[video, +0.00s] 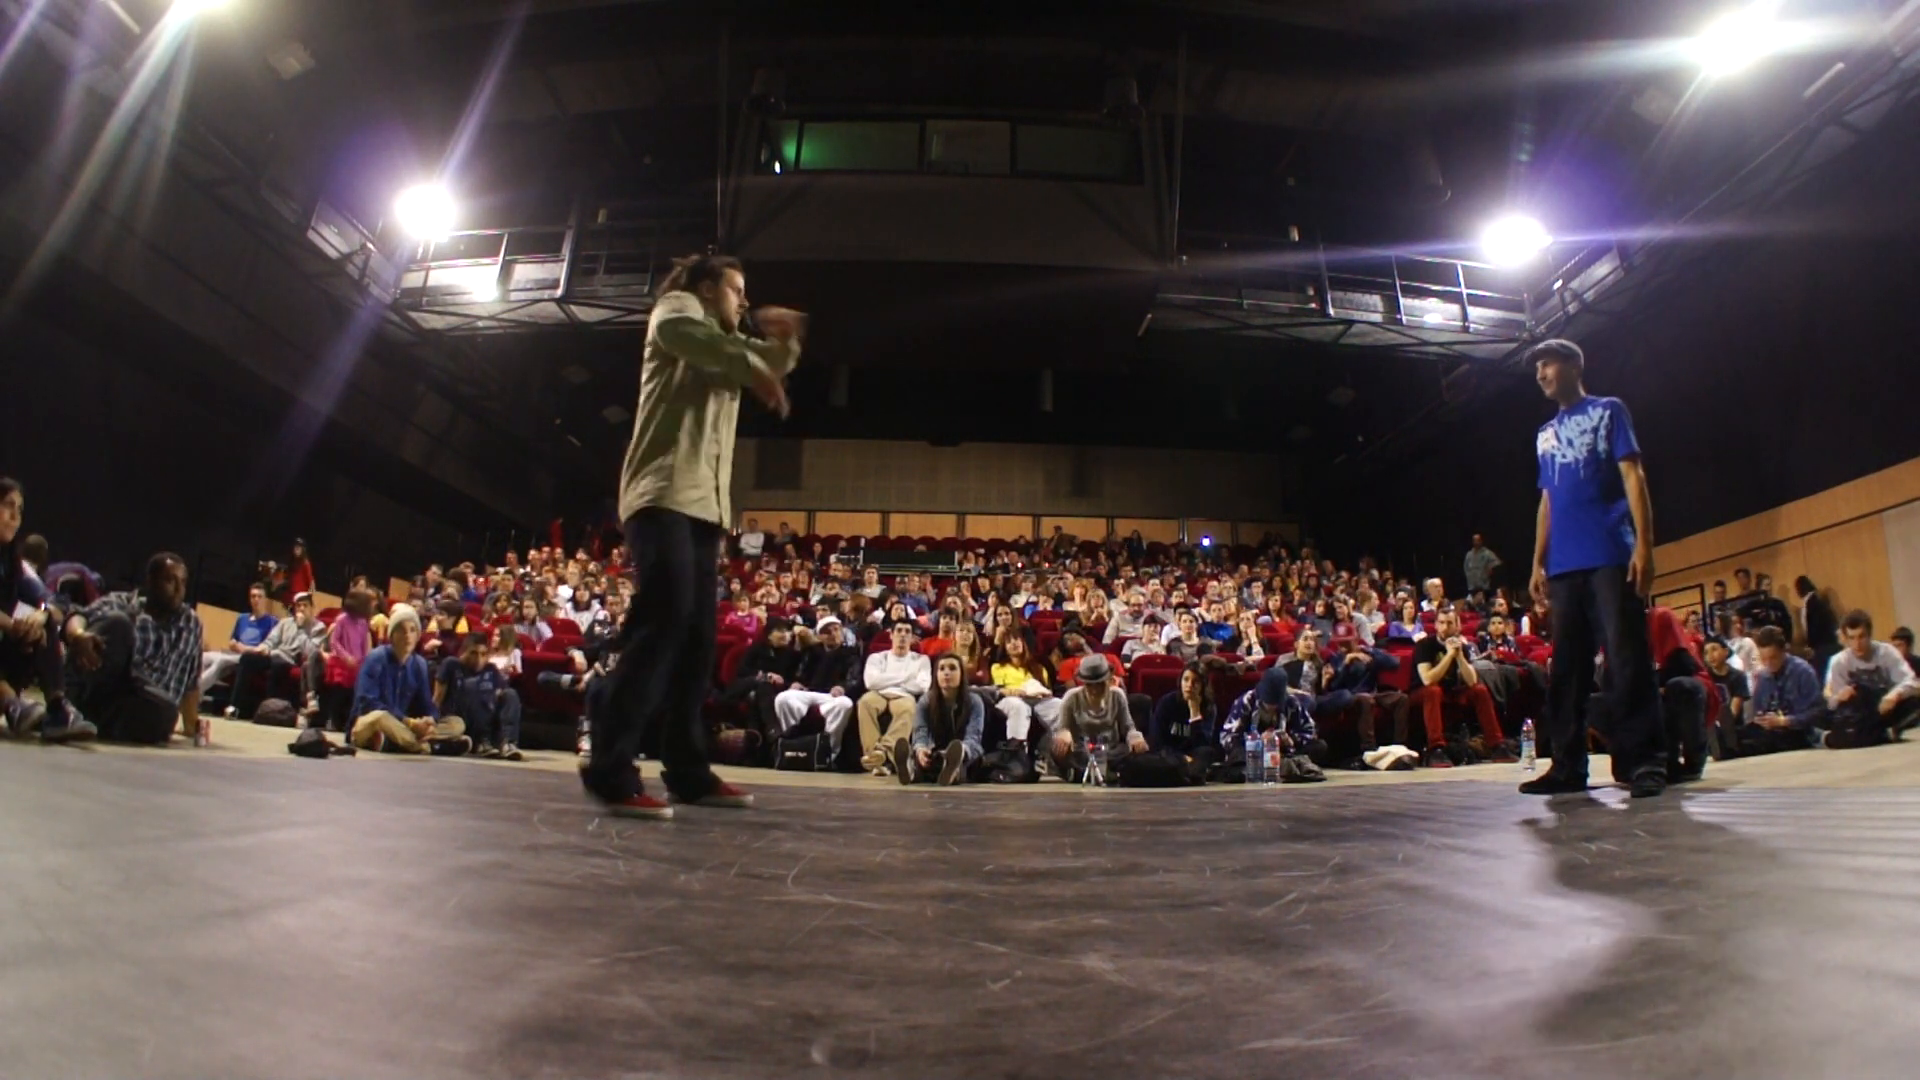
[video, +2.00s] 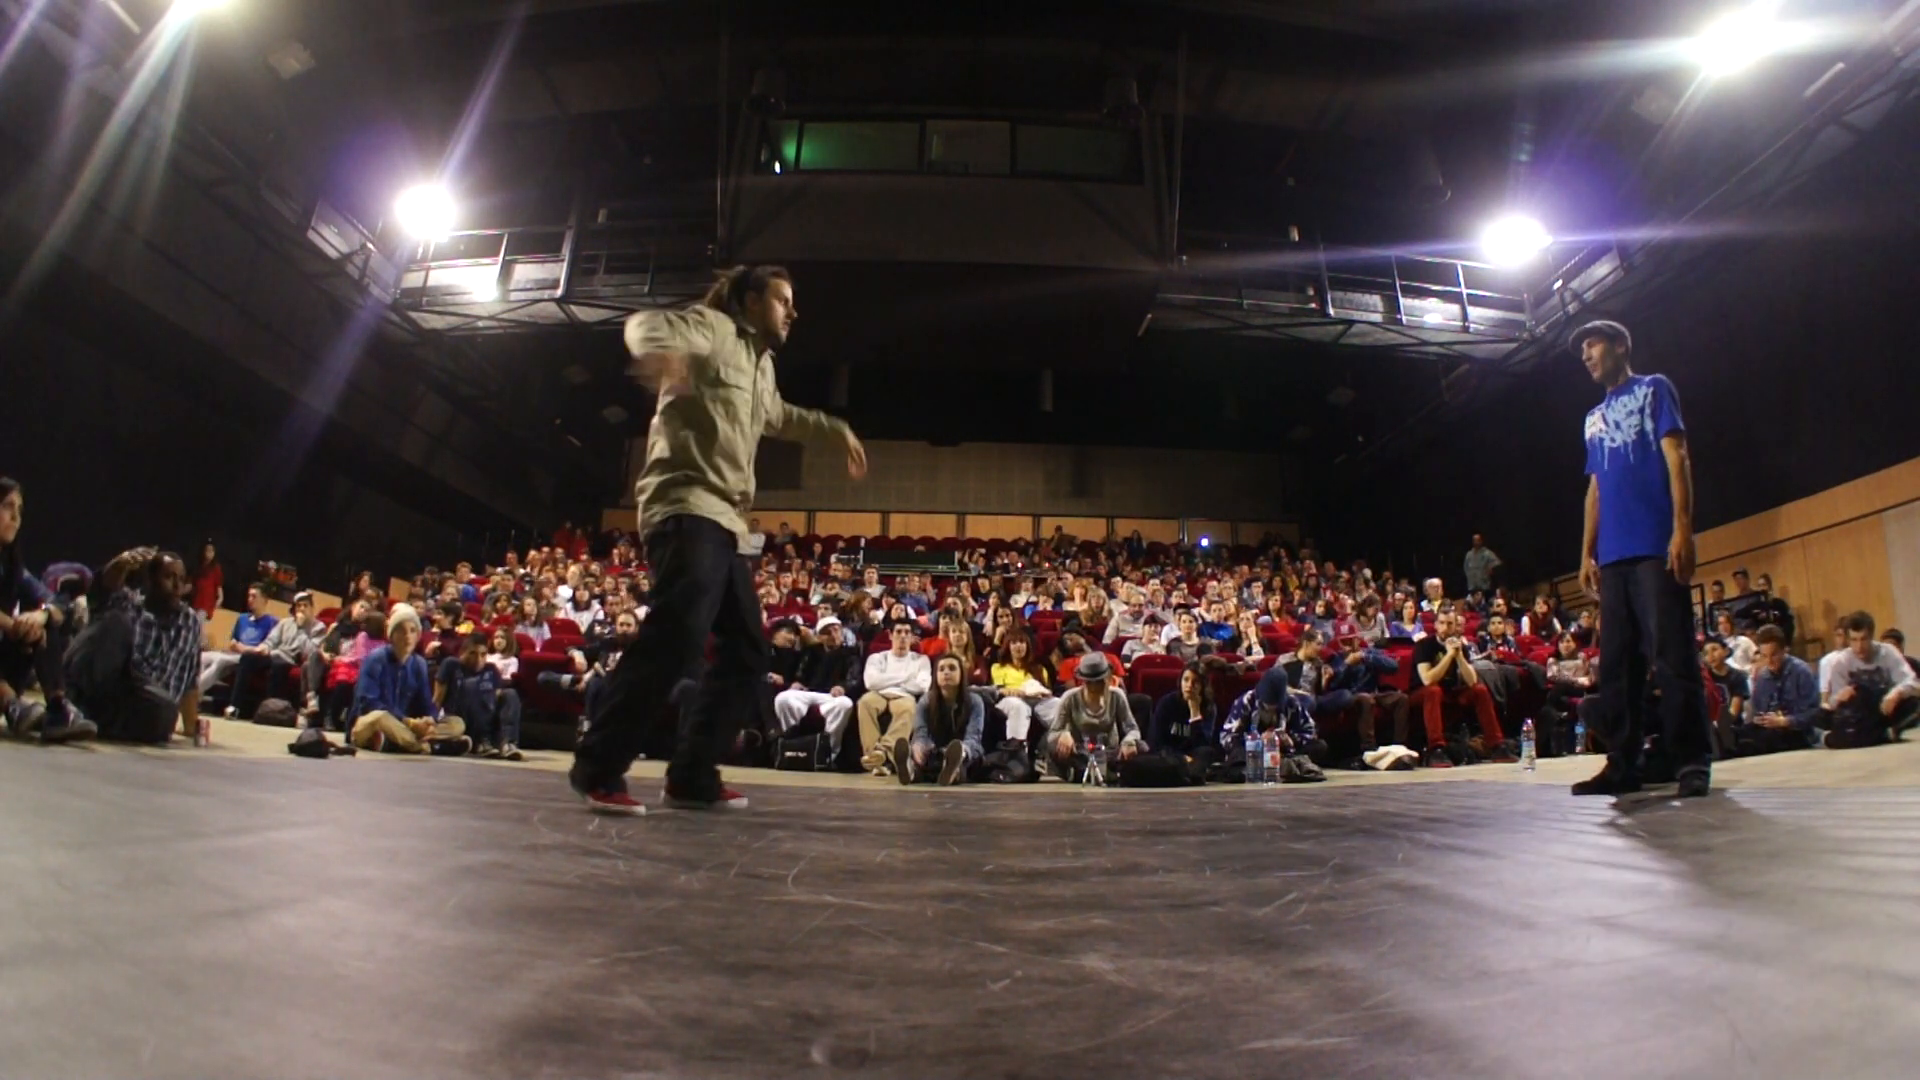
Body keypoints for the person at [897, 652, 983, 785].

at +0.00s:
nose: (947, 673)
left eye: (952, 668)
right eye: (942, 669)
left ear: (961, 674)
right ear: (935, 674)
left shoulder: (974, 701)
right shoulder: (925, 701)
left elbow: (974, 738)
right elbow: (920, 731)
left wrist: (961, 751)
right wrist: (920, 748)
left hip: (962, 751)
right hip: (933, 750)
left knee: (955, 762)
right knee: (919, 761)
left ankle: (949, 773)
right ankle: (910, 768)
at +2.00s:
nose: (946, 673)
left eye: (952, 668)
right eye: (941, 669)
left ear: (961, 673)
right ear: (935, 674)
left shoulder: (974, 701)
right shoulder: (925, 701)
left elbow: (973, 738)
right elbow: (920, 732)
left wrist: (962, 751)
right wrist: (919, 746)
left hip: (962, 751)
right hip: (933, 751)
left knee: (955, 762)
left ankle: (949, 773)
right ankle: (910, 768)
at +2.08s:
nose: (946, 673)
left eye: (951, 669)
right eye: (941, 670)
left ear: (961, 674)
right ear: (935, 675)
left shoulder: (974, 701)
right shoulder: (925, 702)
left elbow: (974, 737)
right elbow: (922, 735)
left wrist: (962, 751)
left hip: (963, 749)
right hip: (935, 749)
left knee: (956, 762)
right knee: (927, 759)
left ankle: (949, 773)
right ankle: (912, 768)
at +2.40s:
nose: (946, 674)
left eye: (951, 669)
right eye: (941, 670)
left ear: (961, 674)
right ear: (935, 675)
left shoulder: (974, 701)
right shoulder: (925, 701)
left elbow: (973, 737)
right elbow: (925, 738)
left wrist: (962, 752)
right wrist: (940, 749)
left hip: (964, 748)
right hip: (936, 750)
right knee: (927, 761)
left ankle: (949, 773)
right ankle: (912, 768)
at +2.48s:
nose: (946, 674)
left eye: (952, 669)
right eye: (941, 670)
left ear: (961, 674)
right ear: (935, 675)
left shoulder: (974, 701)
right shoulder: (926, 700)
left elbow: (973, 738)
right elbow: (923, 733)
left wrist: (962, 752)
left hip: (964, 750)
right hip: (935, 750)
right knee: (926, 761)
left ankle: (950, 772)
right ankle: (911, 769)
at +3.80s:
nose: (944, 673)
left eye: (950, 668)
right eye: (939, 669)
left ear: (960, 674)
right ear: (935, 675)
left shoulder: (974, 701)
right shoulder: (925, 701)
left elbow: (974, 736)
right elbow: (921, 730)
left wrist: (962, 750)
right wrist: (922, 747)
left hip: (963, 748)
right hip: (935, 749)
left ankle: (949, 773)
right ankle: (912, 768)